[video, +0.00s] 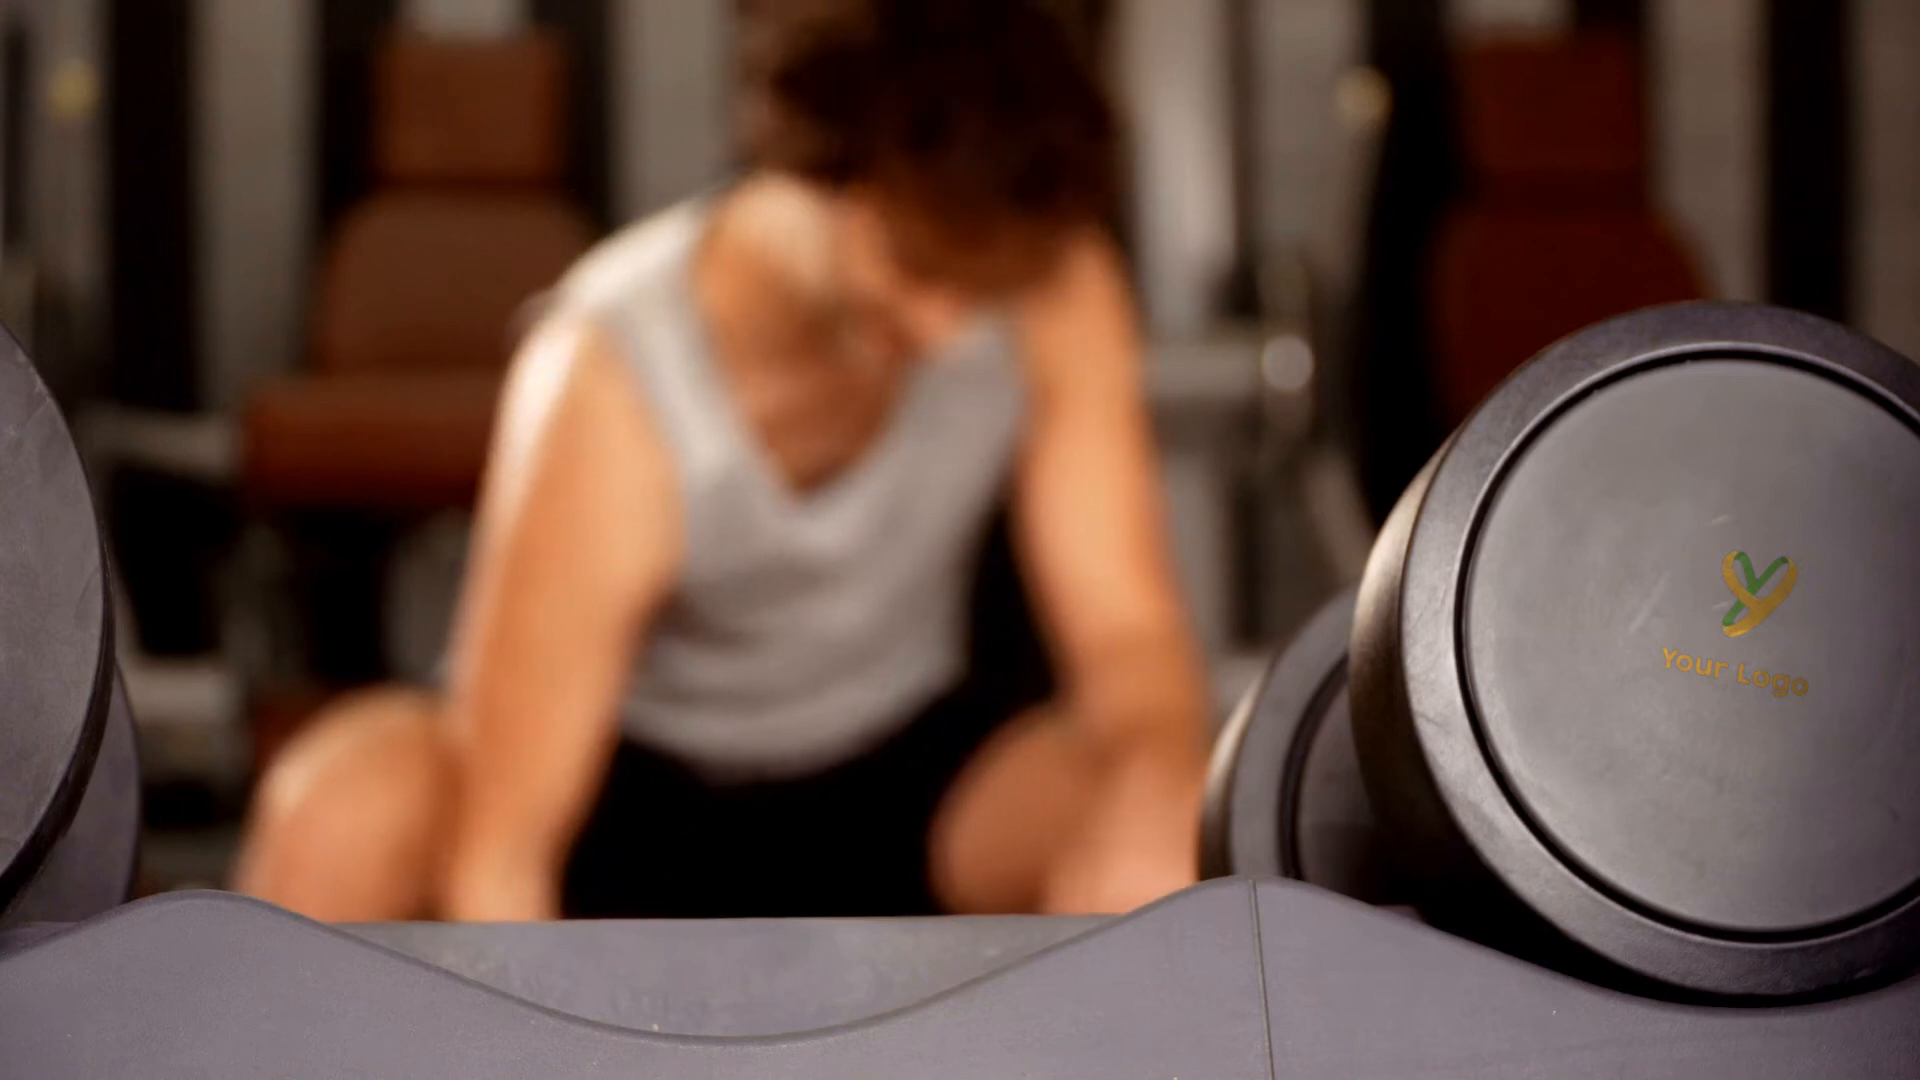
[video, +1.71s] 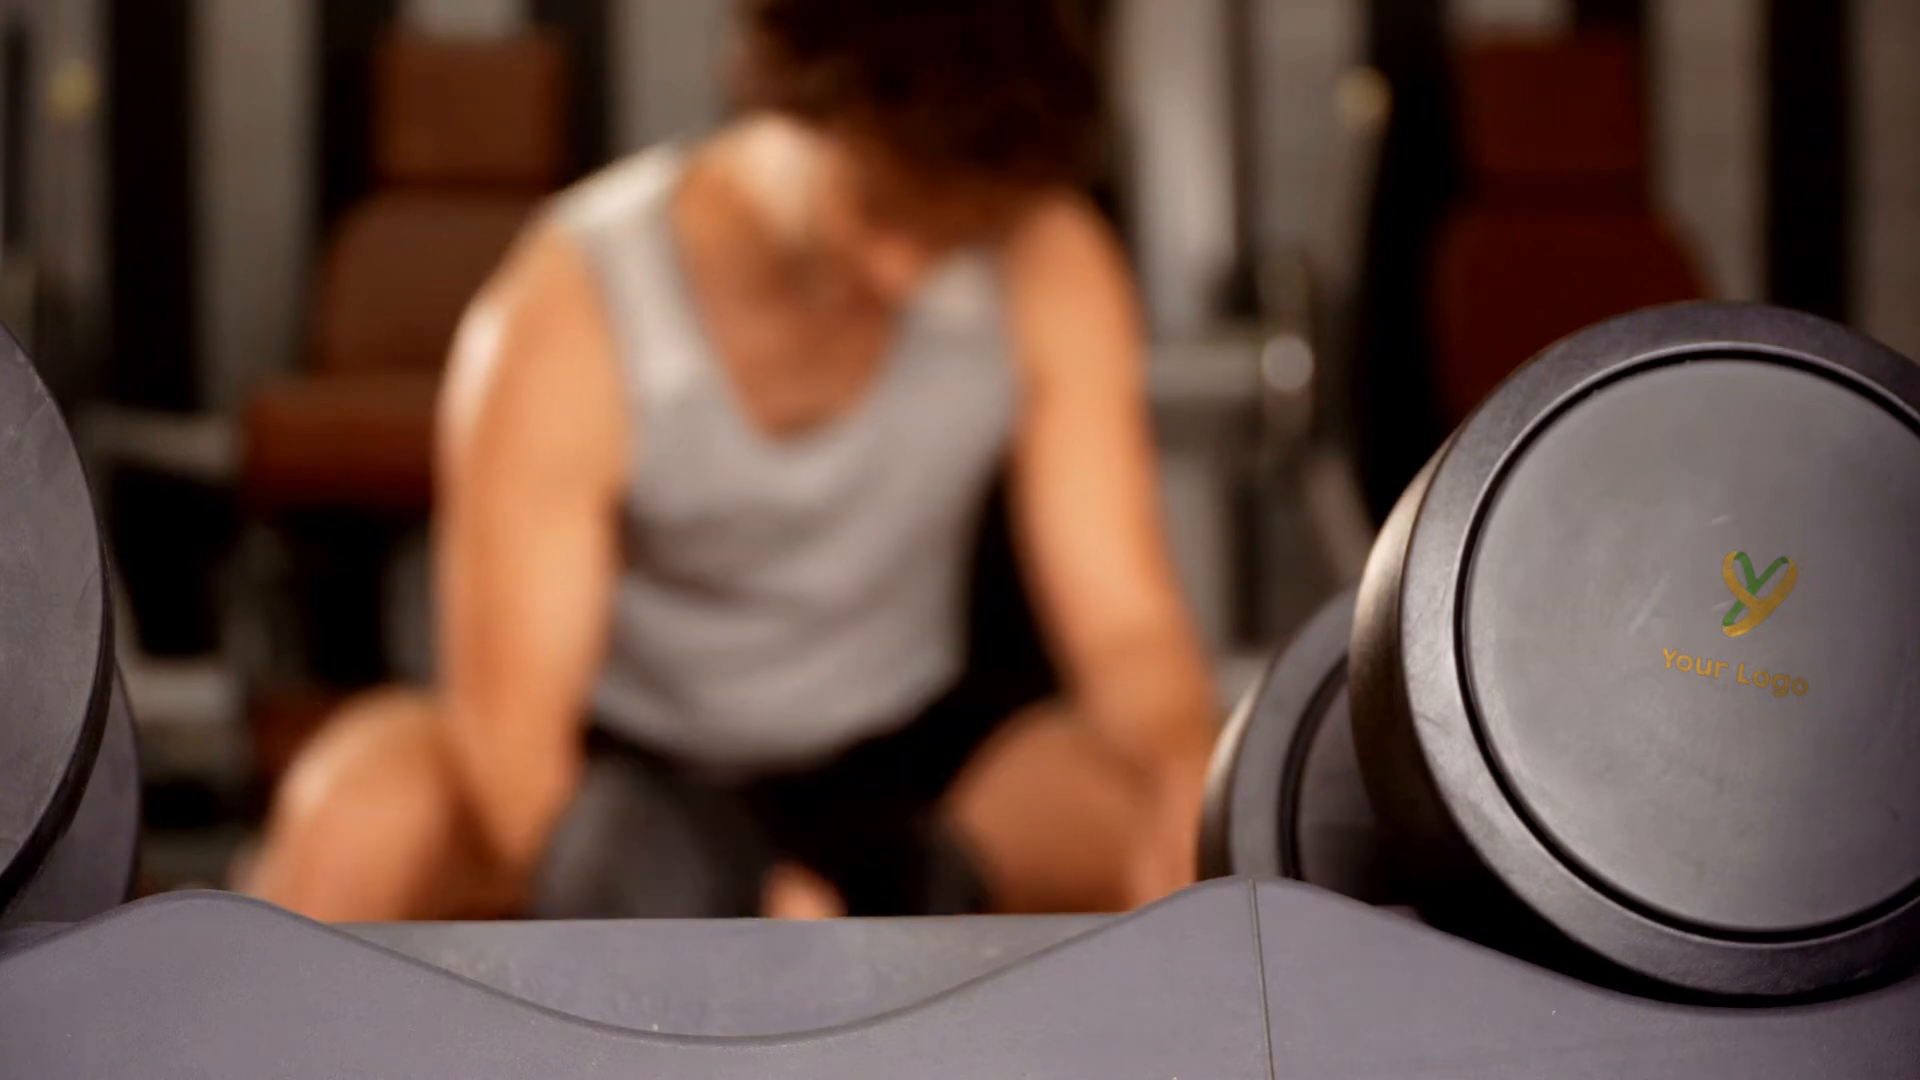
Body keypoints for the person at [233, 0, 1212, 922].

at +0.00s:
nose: (950, 332)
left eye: (996, 287)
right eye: (918, 276)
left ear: (1043, 241)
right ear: (830, 184)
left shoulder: (1049, 272)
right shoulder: (611, 374)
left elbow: (1130, 656)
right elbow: (504, 849)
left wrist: (1148, 851)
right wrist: (532, 1078)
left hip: (899, 788)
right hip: (625, 803)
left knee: (1157, 802)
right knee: (344, 789)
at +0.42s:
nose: (931, 305)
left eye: (983, 268)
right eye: (910, 246)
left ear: (1044, 226)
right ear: (830, 140)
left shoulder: (1058, 262)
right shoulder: (612, 325)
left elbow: (1132, 646)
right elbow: (509, 775)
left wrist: (1161, 850)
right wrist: (677, 1022)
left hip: (899, 785)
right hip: (629, 797)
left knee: (1175, 804)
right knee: (363, 783)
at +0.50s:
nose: (929, 298)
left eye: (980, 262)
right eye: (904, 241)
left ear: (1041, 219)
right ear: (826, 134)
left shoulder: (1057, 260)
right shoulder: (602, 316)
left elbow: (1133, 643)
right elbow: (511, 755)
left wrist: (1172, 839)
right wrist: (674, 956)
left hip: (902, 777)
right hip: (628, 790)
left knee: (1190, 806)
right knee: (367, 784)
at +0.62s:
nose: (923, 303)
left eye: (972, 267)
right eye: (896, 247)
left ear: (1037, 224)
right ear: (817, 135)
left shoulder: (1051, 263)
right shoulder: (578, 313)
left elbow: (1135, 643)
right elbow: (514, 754)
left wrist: (1171, 854)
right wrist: (767, 867)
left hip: (904, 779)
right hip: (619, 783)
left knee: (1199, 780)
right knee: (370, 787)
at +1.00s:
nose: (886, 303)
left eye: (926, 263)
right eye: (859, 248)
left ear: (980, 205)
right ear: (764, 148)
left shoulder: (1010, 262)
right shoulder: (492, 318)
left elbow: (1121, 639)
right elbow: (509, 749)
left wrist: (1182, 877)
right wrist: (735, 696)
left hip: (900, 786)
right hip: (598, 796)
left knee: (1169, 807)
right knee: (351, 798)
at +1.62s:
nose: (893, 271)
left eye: (944, 232)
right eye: (867, 214)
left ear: (1003, 179)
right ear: (785, 116)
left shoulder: (1034, 256)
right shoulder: (546, 313)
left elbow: (1125, 636)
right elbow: (514, 735)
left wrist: (1195, 807)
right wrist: (846, 823)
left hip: (901, 796)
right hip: (611, 796)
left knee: (1193, 800)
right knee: (360, 786)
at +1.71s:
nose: (905, 272)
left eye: (955, 233)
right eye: (879, 215)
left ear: (1010, 180)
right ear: (799, 119)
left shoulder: (1042, 255)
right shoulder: (562, 313)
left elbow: (1126, 631)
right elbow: (514, 764)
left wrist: (1201, 806)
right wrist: (734, 897)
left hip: (907, 770)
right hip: (625, 782)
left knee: (1199, 815)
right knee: (358, 797)